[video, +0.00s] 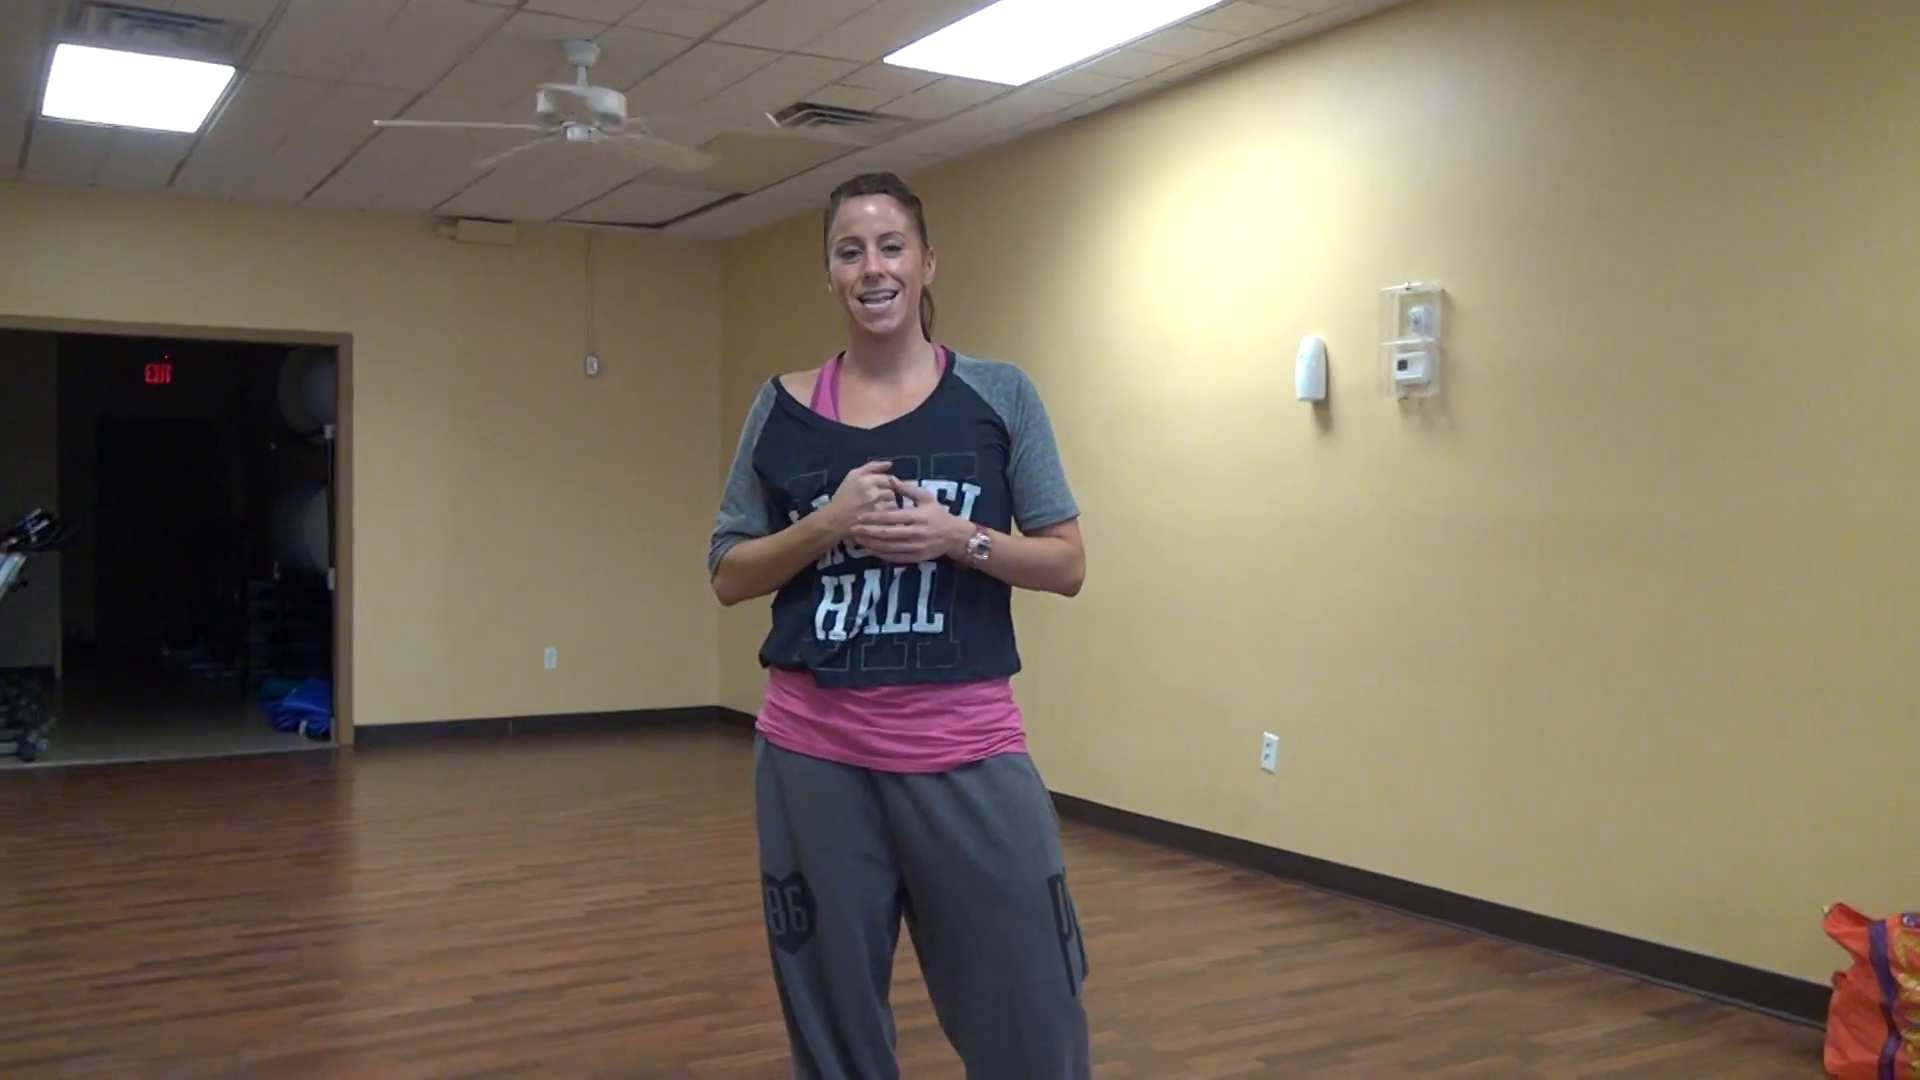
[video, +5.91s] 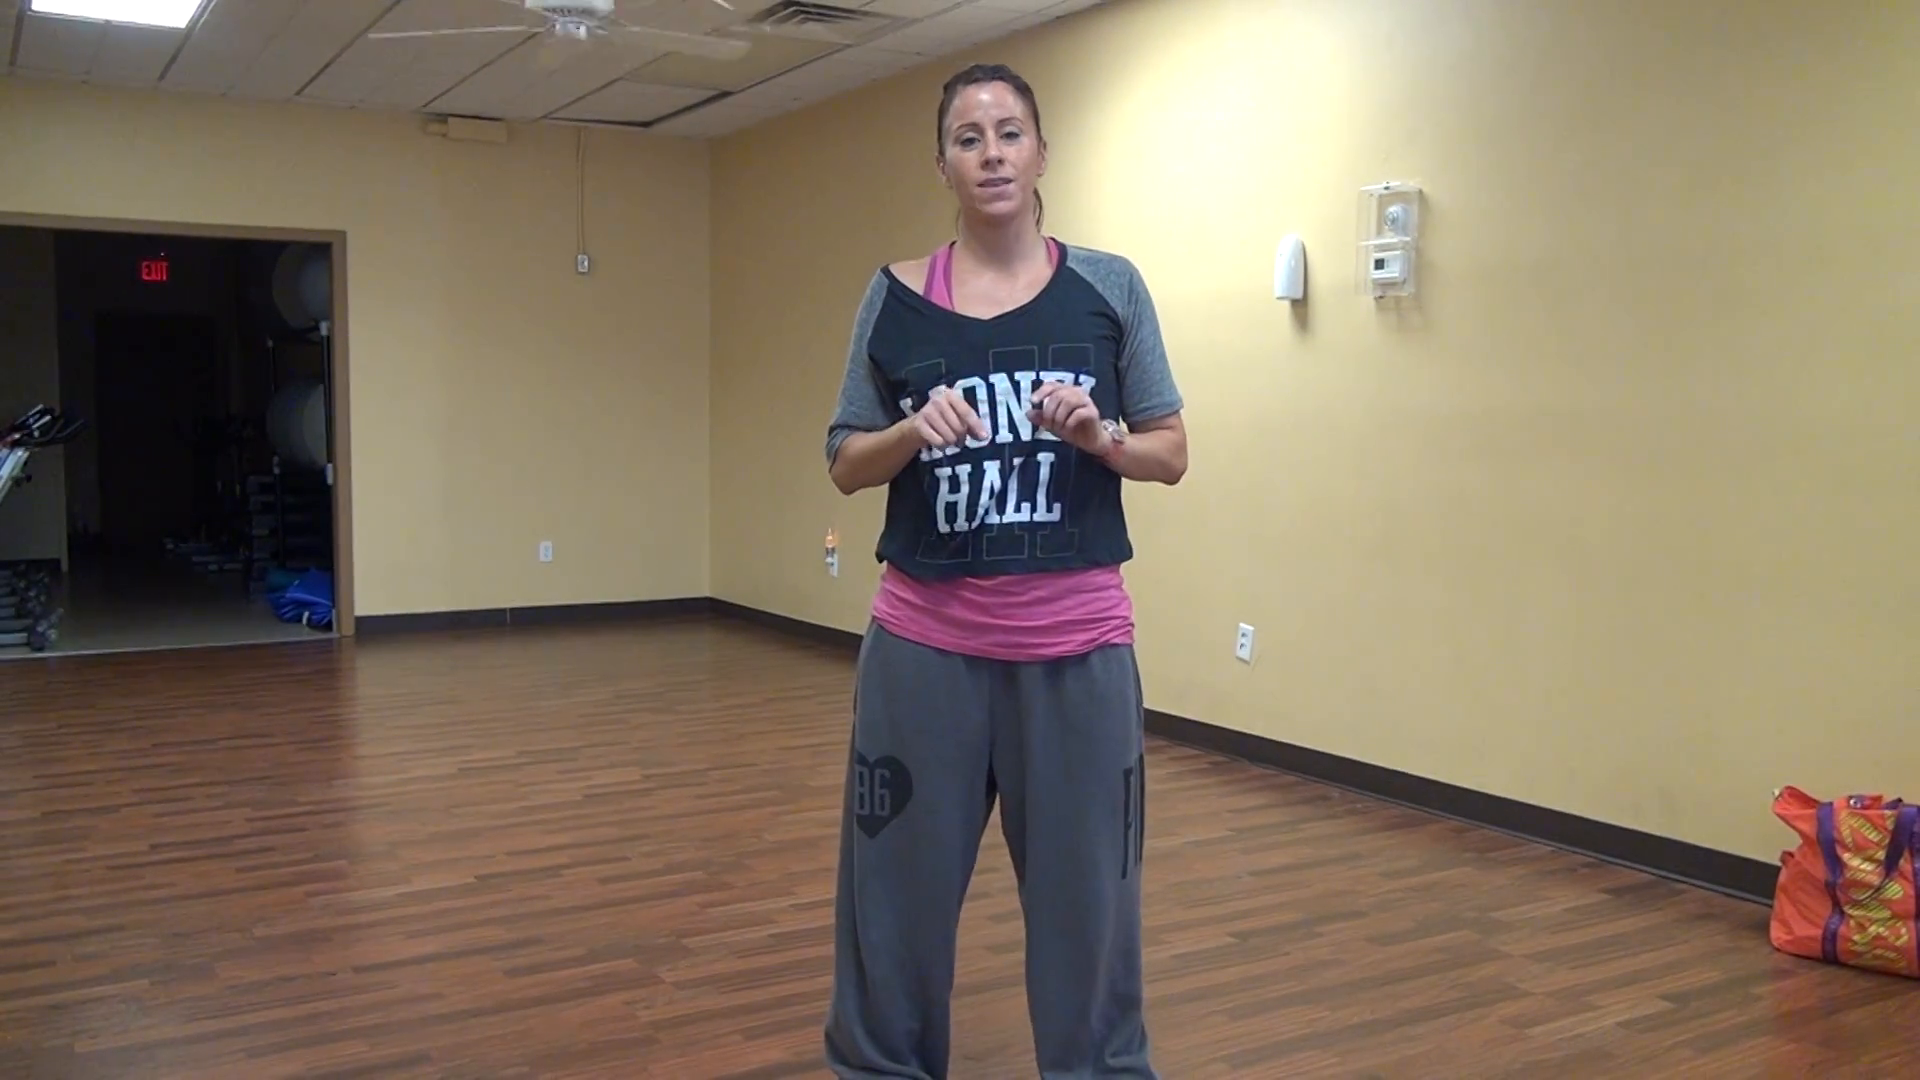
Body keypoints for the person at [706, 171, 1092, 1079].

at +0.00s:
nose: (871, 269)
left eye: (891, 247)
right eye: (850, 252)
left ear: (926, 263)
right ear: (828, 272)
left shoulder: (999, 393)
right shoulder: (784, 404)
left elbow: (1067, 565)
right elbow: (729, 577)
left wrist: (961, 538)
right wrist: (828, 523)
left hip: (967, 753)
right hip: (811, 754)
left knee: (1032, 1028)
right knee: (832, 1032)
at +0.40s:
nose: (926, 152)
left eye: (944, 128)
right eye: (903, 134)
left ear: (979, 138)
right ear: (878, 153)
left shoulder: (1051, 274)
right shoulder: (833, 287)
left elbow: (1111, 447)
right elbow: (775, 447)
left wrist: (1034, 385)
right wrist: (844, 467)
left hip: (1016, 633)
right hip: (861, 636)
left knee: (1063, 899)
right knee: (856, 902)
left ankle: (1112, 1068)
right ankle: (886, 1070)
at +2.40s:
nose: (1020, 131)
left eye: (1041, 114)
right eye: (998, 117)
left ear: (1071, 142)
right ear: (971, 149)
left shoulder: (1136, 279)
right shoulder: (917, 280)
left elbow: (1198, 451)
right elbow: (860, 468)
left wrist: (1124, 445)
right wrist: (902, 423)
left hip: (1095, 645)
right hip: (936, 642)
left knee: (1106, 921)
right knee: (907, 912)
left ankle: (1106, 1071)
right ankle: (888, 1068)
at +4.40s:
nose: (999, 140)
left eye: (1016, 122)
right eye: (975, 127)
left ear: (1044, 146)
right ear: (943, 160)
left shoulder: (1098, 294)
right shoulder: (887, 279)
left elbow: (1141, 467)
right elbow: (821, 440)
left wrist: (1083, 454)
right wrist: (886, 488)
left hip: (1043, 644)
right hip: (890, 642)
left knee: (1077, 907)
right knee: (876, 901)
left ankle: (1103, 1068)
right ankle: (878, 1067)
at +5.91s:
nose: (991, 153)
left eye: (1010, 133)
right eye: (969, 138)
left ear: (1040, 152)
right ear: (943, 164)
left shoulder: (1111, 284)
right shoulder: (897, 294)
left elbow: (1171, 453)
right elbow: (849, 466)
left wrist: (1106, 438)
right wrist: (910, 431)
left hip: (1077, 641)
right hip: (923, 640)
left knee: (1091, 905)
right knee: (893, 904)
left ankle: (1103, 1070)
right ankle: (884, 1069)